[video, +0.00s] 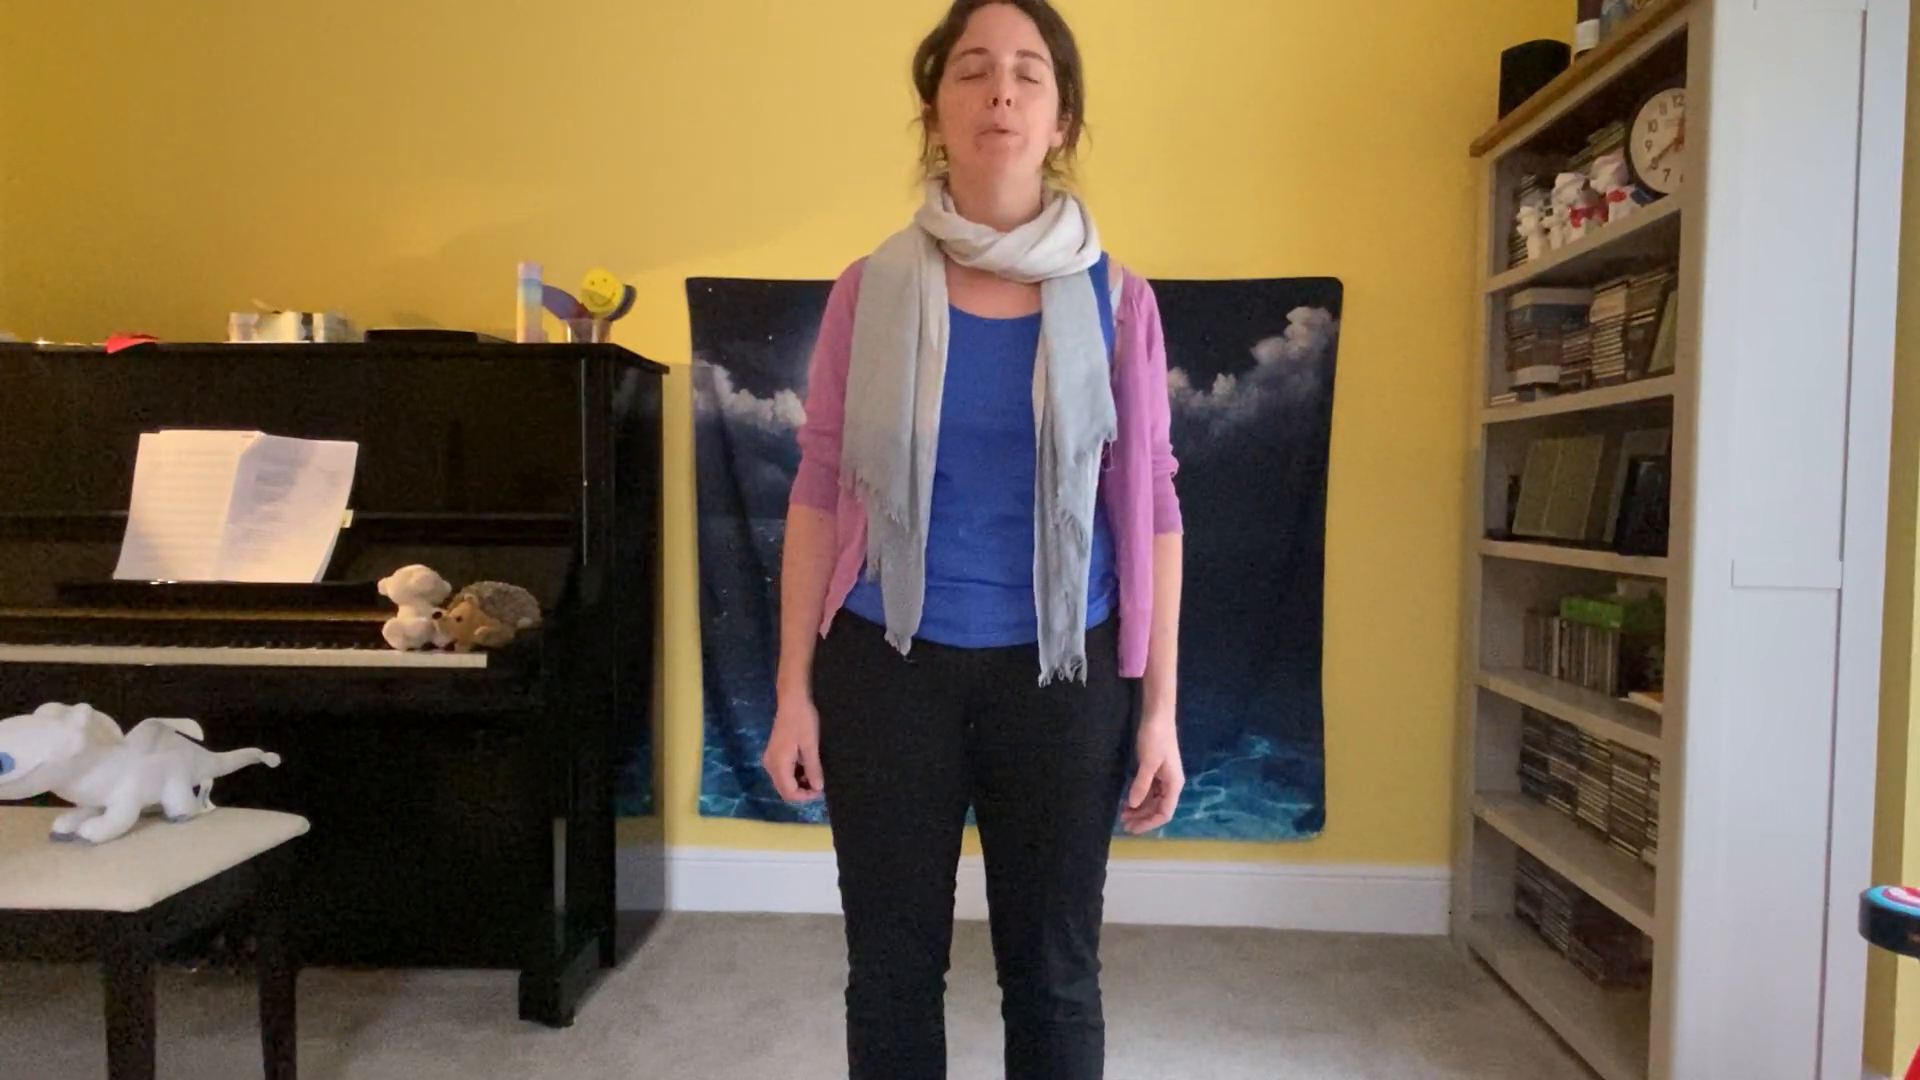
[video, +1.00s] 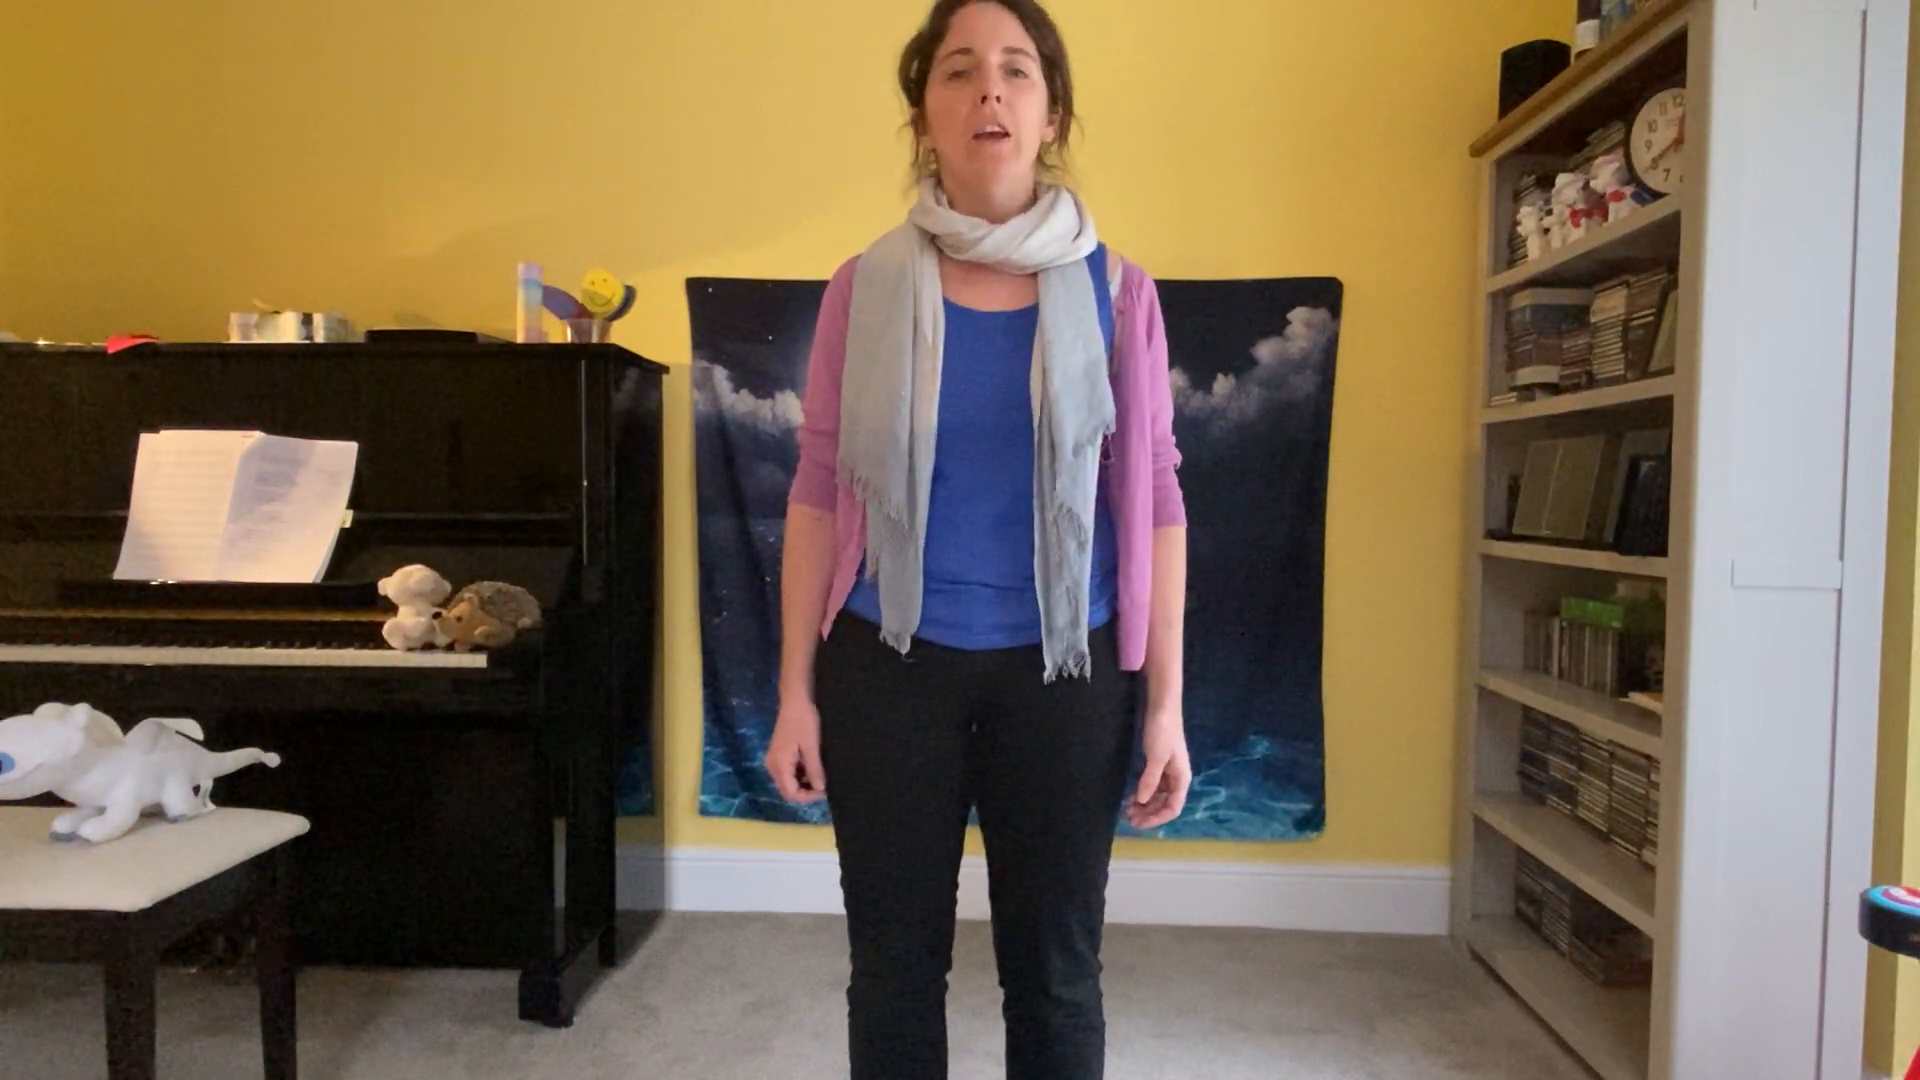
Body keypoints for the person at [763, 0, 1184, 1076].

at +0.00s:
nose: (999, 90)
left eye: (1026, 73)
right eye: (973, 69)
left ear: (1063, 117)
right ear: (933, 110)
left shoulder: (1118, 302)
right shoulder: (867, 292)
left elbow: (1151, 507)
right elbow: (817, 491)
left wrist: (1158, 700)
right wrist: (791, 688)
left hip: (1062, 682)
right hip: (884, 676)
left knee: (1055, 985)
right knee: (891, 982)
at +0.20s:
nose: (999, 97)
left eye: (1027, 76)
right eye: (973, 74)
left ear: (1064, 118)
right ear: (933, 113)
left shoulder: (1119, 303)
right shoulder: (870, 295)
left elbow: (1154, 506)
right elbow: (821, 494)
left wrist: (1161, 700)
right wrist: (794, 689)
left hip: (1066, 682)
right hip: (887, 676)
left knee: (1057, 988)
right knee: (893, 987)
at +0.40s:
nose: (997, 92)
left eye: (1024, 73)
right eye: (970, 71)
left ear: (1062, 113)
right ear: (931, 112)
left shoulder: (1120, 299)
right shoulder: (869, 293)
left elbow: (1155, 504)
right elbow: (821, 496)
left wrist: (1163, 698)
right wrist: (796, 690)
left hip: (1068, 680)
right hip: (889, 674)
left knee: (1058, 985)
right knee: (894, 985)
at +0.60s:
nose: (992, 82)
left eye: (1019, 64)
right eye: (964, 64)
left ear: (1056, 109)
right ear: (926, 112)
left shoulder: (1119, 296)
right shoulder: (866, 292)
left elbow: (1155, 502)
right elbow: (819, 496)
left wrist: (1162, 701)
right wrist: (798, 689)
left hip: (1066, 677)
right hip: (889, 673)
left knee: (1059, 984)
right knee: (894, 982)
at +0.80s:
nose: (988, 81)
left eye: (1014, 62)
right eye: (958, 65)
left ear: (1054, 105)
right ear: (922, 113)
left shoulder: (1119, 294)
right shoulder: (863, 292)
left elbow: (1155, 500)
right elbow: (818, 497)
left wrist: (1162, 700)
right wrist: (796, 690)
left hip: (1066, 681)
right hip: (888, 676)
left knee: (1058, 985)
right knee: (893, 986)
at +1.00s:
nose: (988, 90)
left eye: (1015, 70)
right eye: (959, 70)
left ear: (1054, 110)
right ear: (922, 114)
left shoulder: (1119, 296)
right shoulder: (862, 292)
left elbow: (1156, 503)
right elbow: (816, 495)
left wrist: (1165, 698)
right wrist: (793, 689)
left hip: (1066, 682)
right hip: (886, 676)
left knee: (1058, 986)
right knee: (893, 985)